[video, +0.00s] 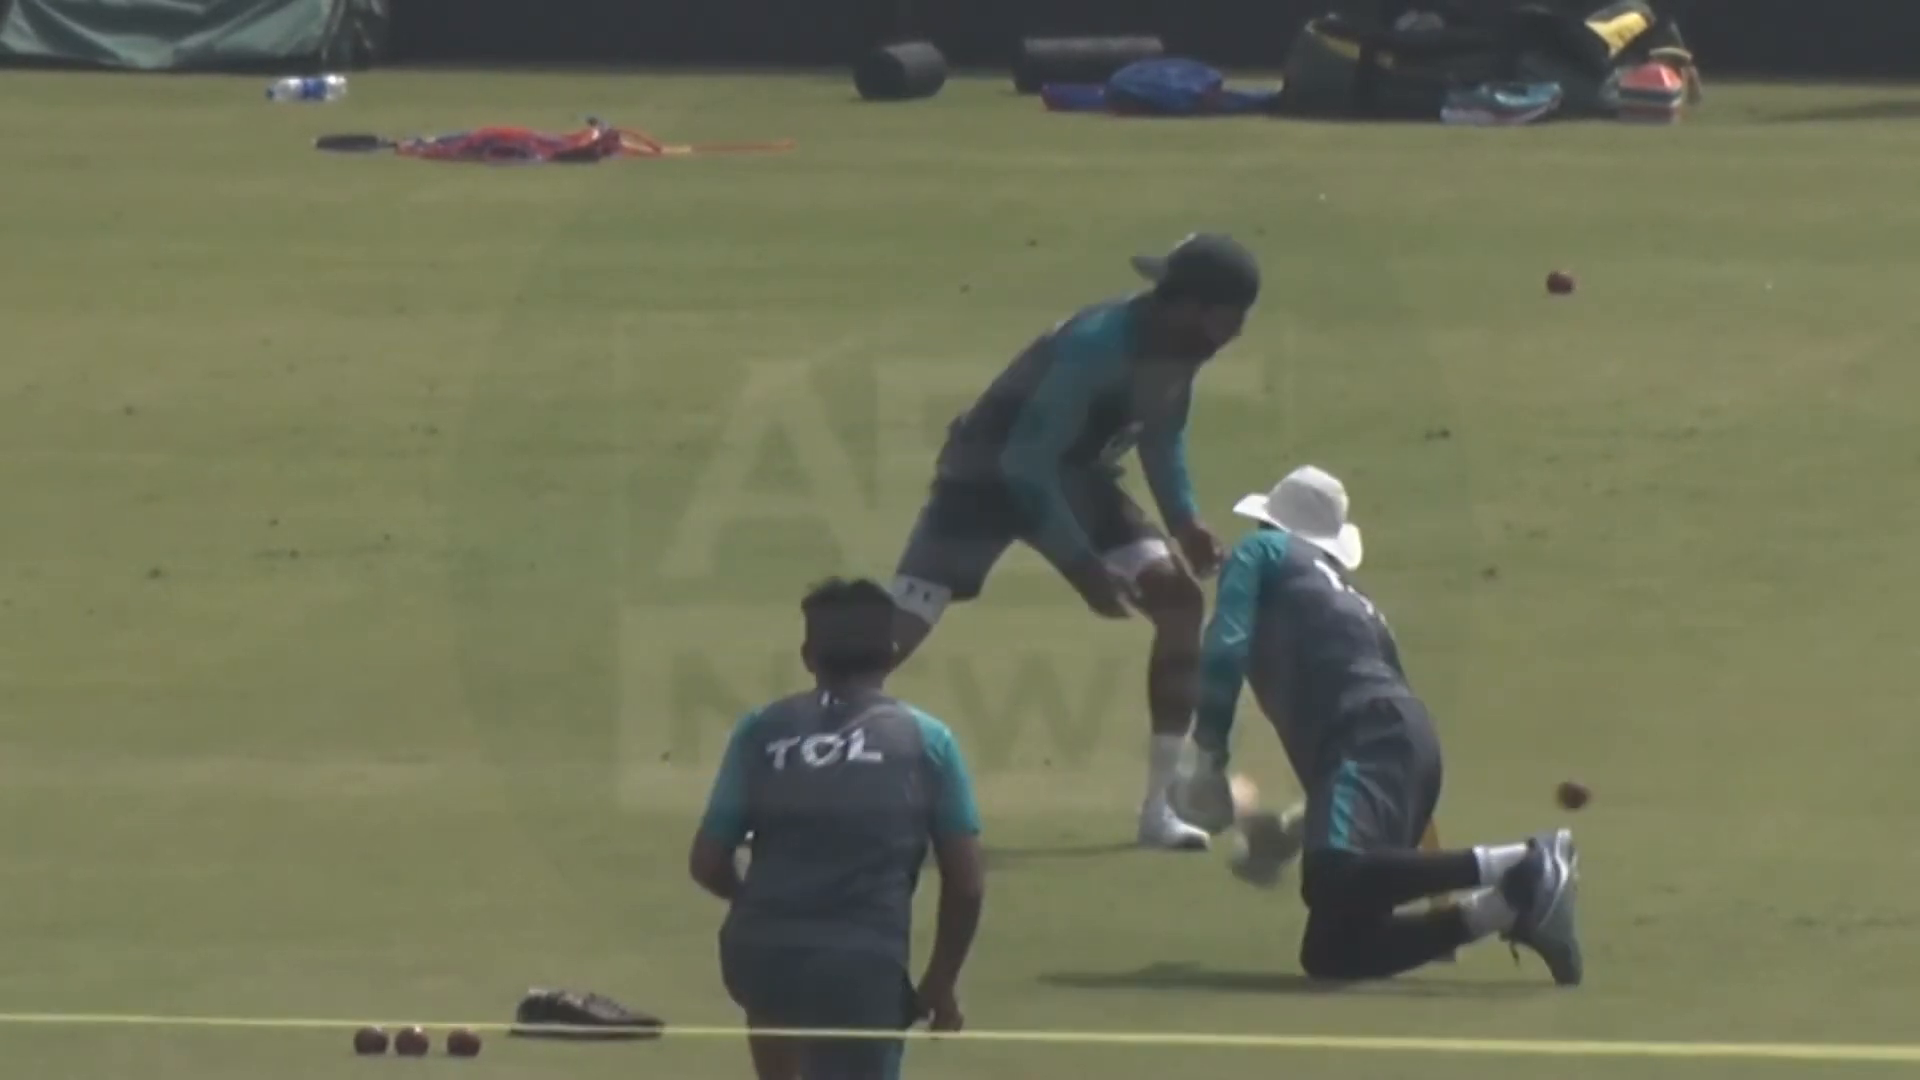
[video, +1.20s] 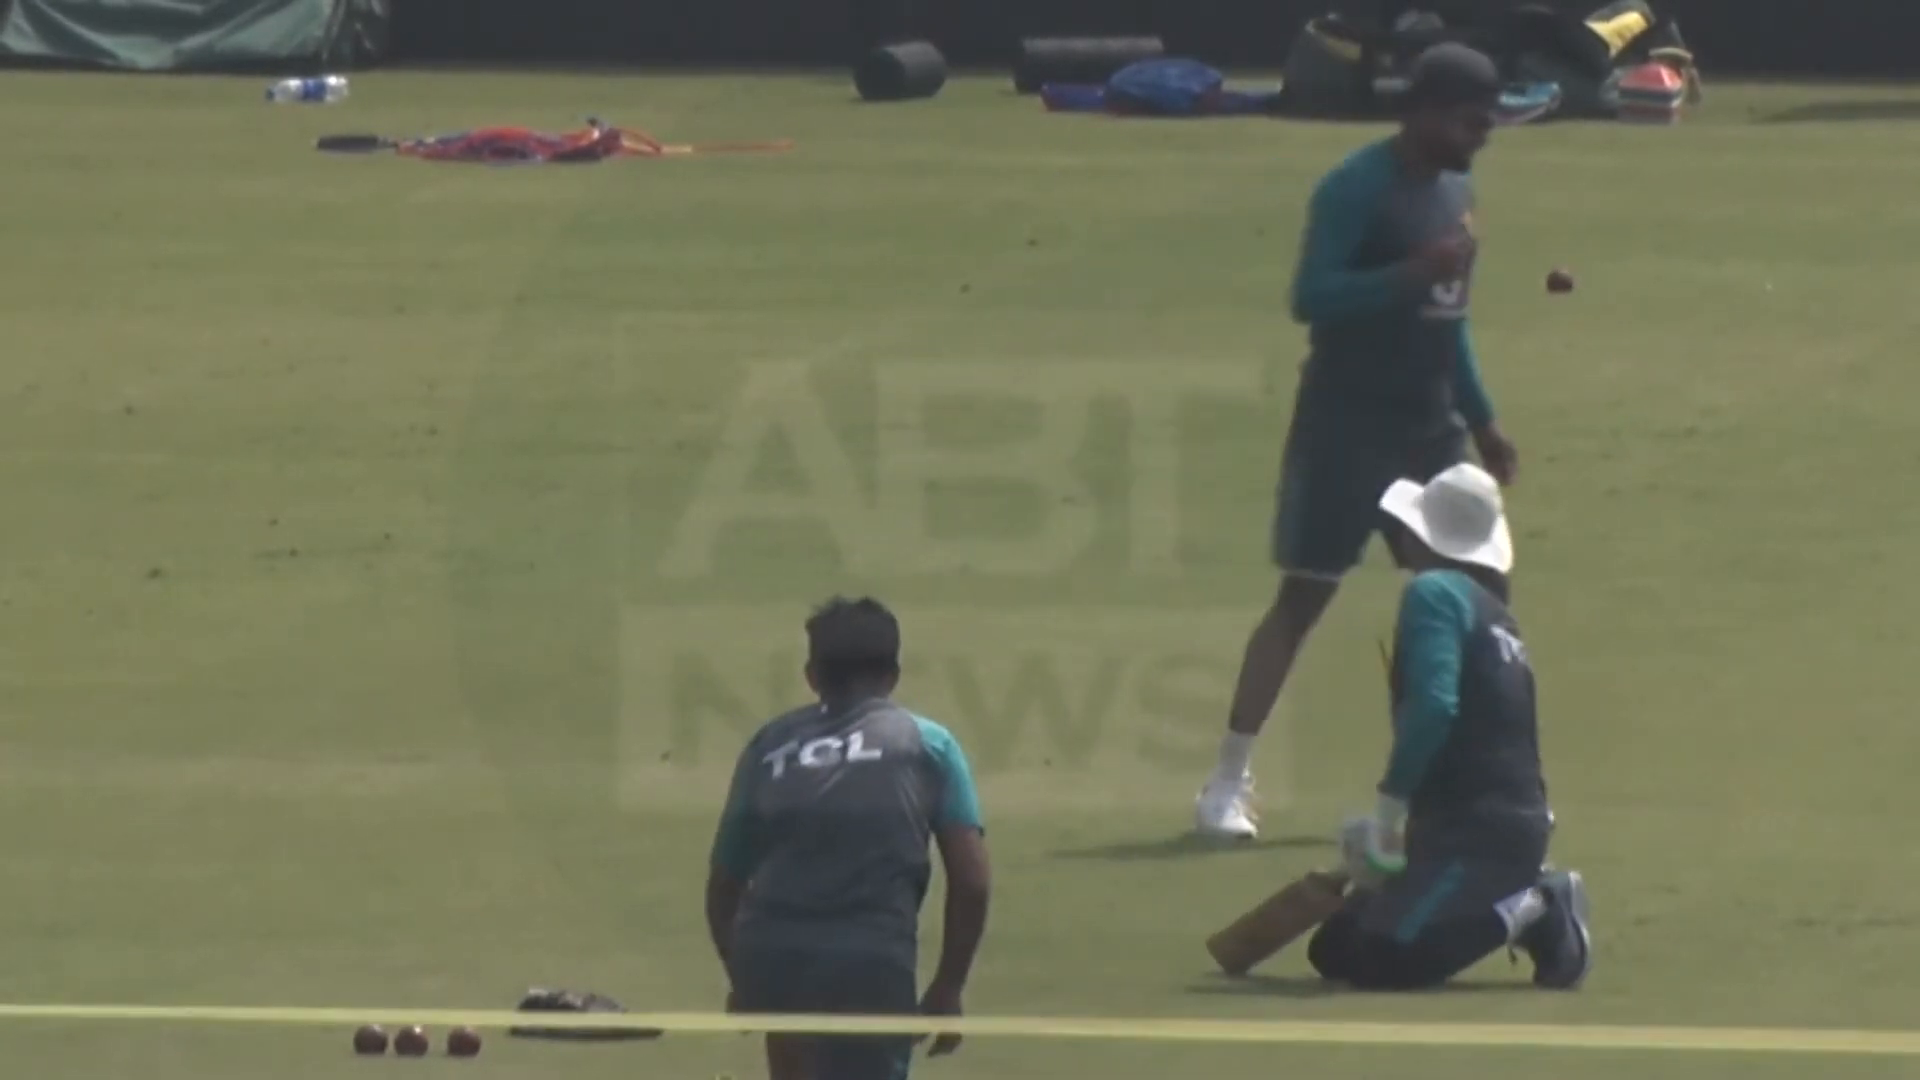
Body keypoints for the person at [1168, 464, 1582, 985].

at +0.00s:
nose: (1251, 530)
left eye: (1261, 523)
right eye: (1257, 522)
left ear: (1277, 527)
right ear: (1327, 546)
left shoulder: (1260, 551)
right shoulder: (1350, 600)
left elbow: (1225, 654)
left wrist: (1208, 762)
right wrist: (1293, 832)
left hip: (1375, 739)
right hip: (1412, 756)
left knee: (1331, 877)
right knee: (1328, 955)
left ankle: (1518, 863)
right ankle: (1506, 907)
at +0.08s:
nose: (1239, 532)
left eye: (1250, 526)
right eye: (1245, 525)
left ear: (1273, 530)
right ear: (1321, 547)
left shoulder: (1259, 548)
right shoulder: (1347, 602)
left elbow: (1229, 649)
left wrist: (1215, 763)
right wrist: (1318, 883)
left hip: (1372, 732)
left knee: (1338, 872)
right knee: (1330, 956)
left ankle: (1522, 854)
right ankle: (1509, 907)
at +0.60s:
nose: (1252, 556)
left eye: (1260, 549)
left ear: (1276, 547)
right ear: (1334, 564)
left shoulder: (1260, 568)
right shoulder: (1352, 611)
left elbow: (1248, 653)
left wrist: (1231, 772)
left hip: (1388, 759)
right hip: (1430, 761)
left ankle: (1526, 889)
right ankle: (1515, 892)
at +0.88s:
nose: (1296, 545)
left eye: (1304, 534)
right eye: (1302, 534)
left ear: (1317, 537)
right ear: (1374, 551)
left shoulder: (1316, 574)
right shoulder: (1387, 601)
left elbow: (1307, 672)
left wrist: (1277, 781)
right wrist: (1338, 916)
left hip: (1423, 793)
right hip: (1456, 787)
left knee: (1336, 954)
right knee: (1343, 943)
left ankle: (1527, 904)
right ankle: (1502, 901)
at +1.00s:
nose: (1334, 548)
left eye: (1341, 537)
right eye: (1335, 537)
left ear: (1360, 535)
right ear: (1406, 546)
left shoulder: (1354, 573)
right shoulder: (1424, 606)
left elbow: (1347, 684)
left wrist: (1310, 802)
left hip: (1448, 806)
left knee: (1367, 961)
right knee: (1330, 952)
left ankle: (1531, 903)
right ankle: (1508, 900)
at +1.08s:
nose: (1360, 545)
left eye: (1368, 533)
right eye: (1363, 532)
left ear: (1387, 535)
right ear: (1432, 547)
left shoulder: (1386, 580)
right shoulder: (1452, 615)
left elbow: (1382, 695)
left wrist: (1338, 807)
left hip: (1457, 827)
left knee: (1368, 967)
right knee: (1331, 956)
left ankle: (1534, 903)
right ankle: (1513, 894)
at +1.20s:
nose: (1393, 536)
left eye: (1404, 527)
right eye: (1397, 525)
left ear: (1430, 536)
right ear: (1472, 543)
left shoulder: (1436, 590)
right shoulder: (1486, 609)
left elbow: (1436, 705)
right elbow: (1467, 749)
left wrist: (1389, 808)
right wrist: (1388, 841)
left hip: (1481, 836)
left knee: (1370, 964)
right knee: (1338, 950)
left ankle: (1533, 909)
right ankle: (1531, 904)